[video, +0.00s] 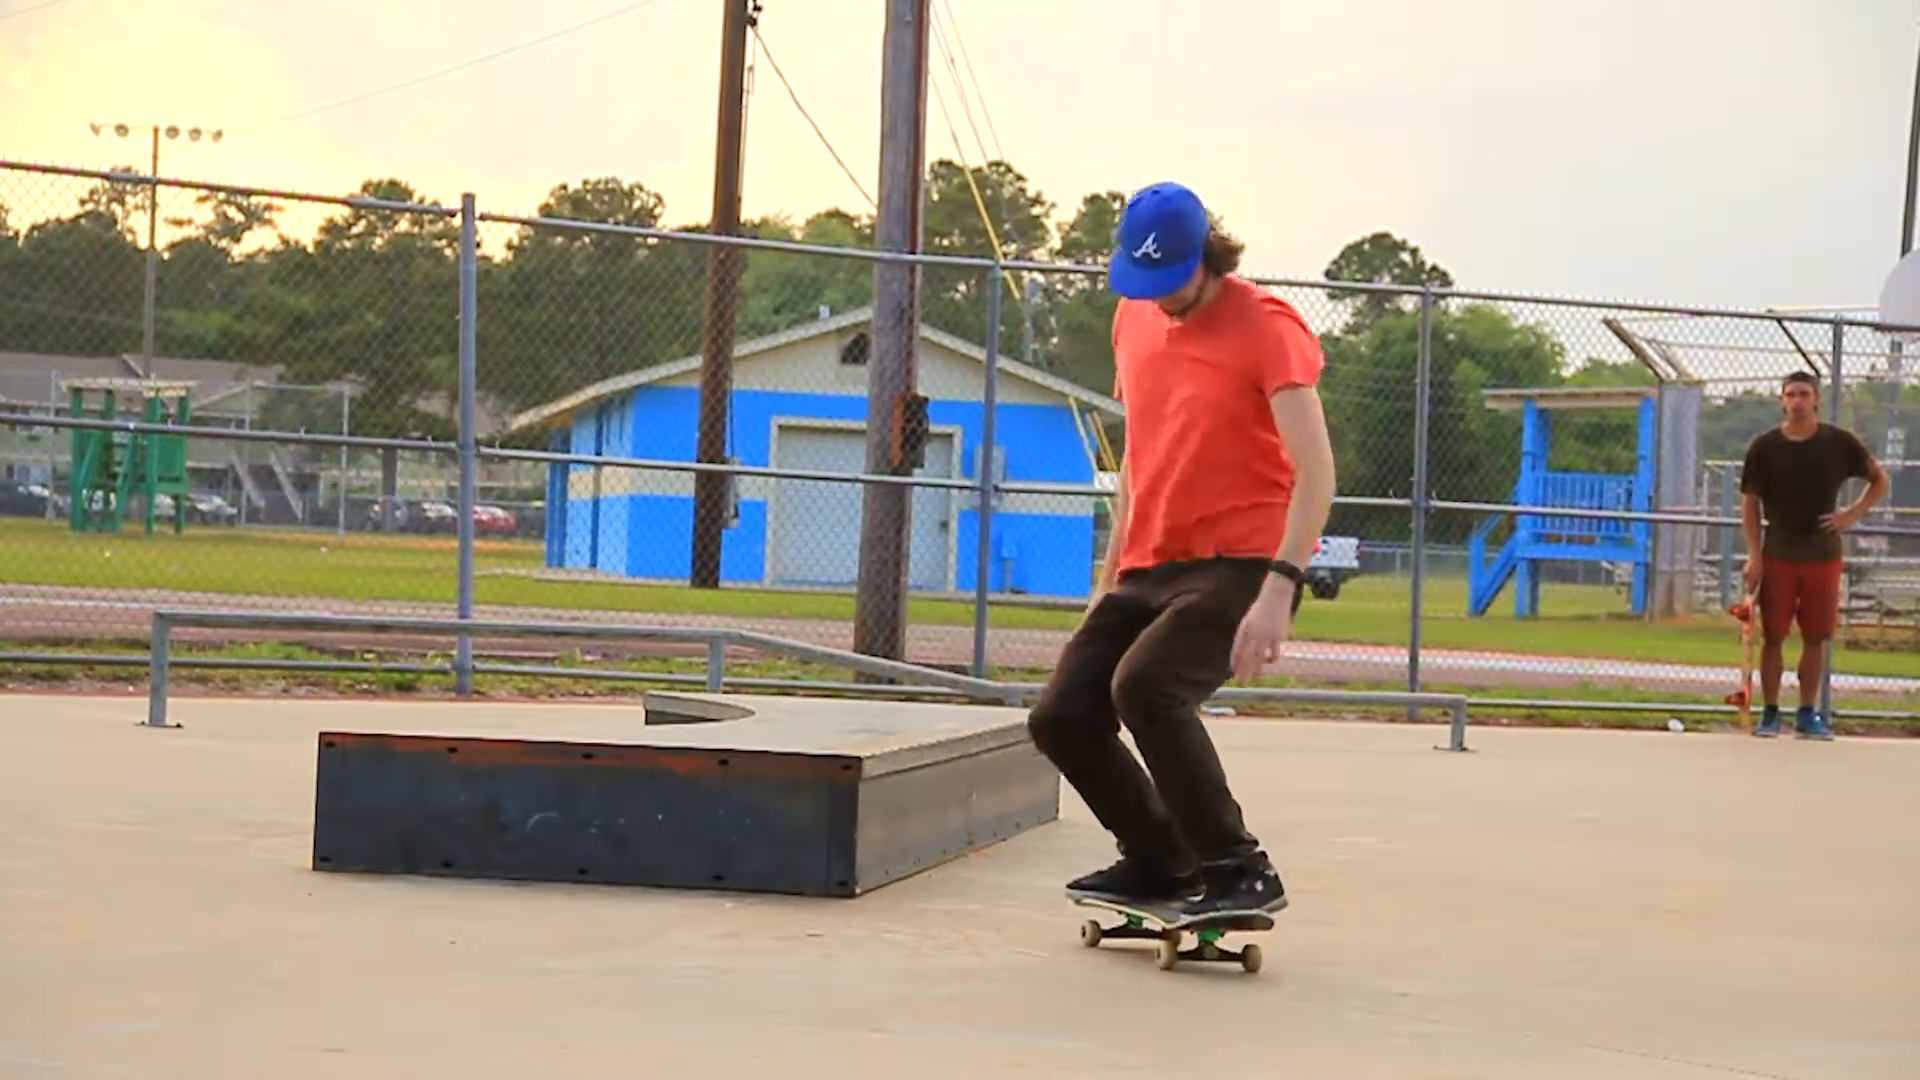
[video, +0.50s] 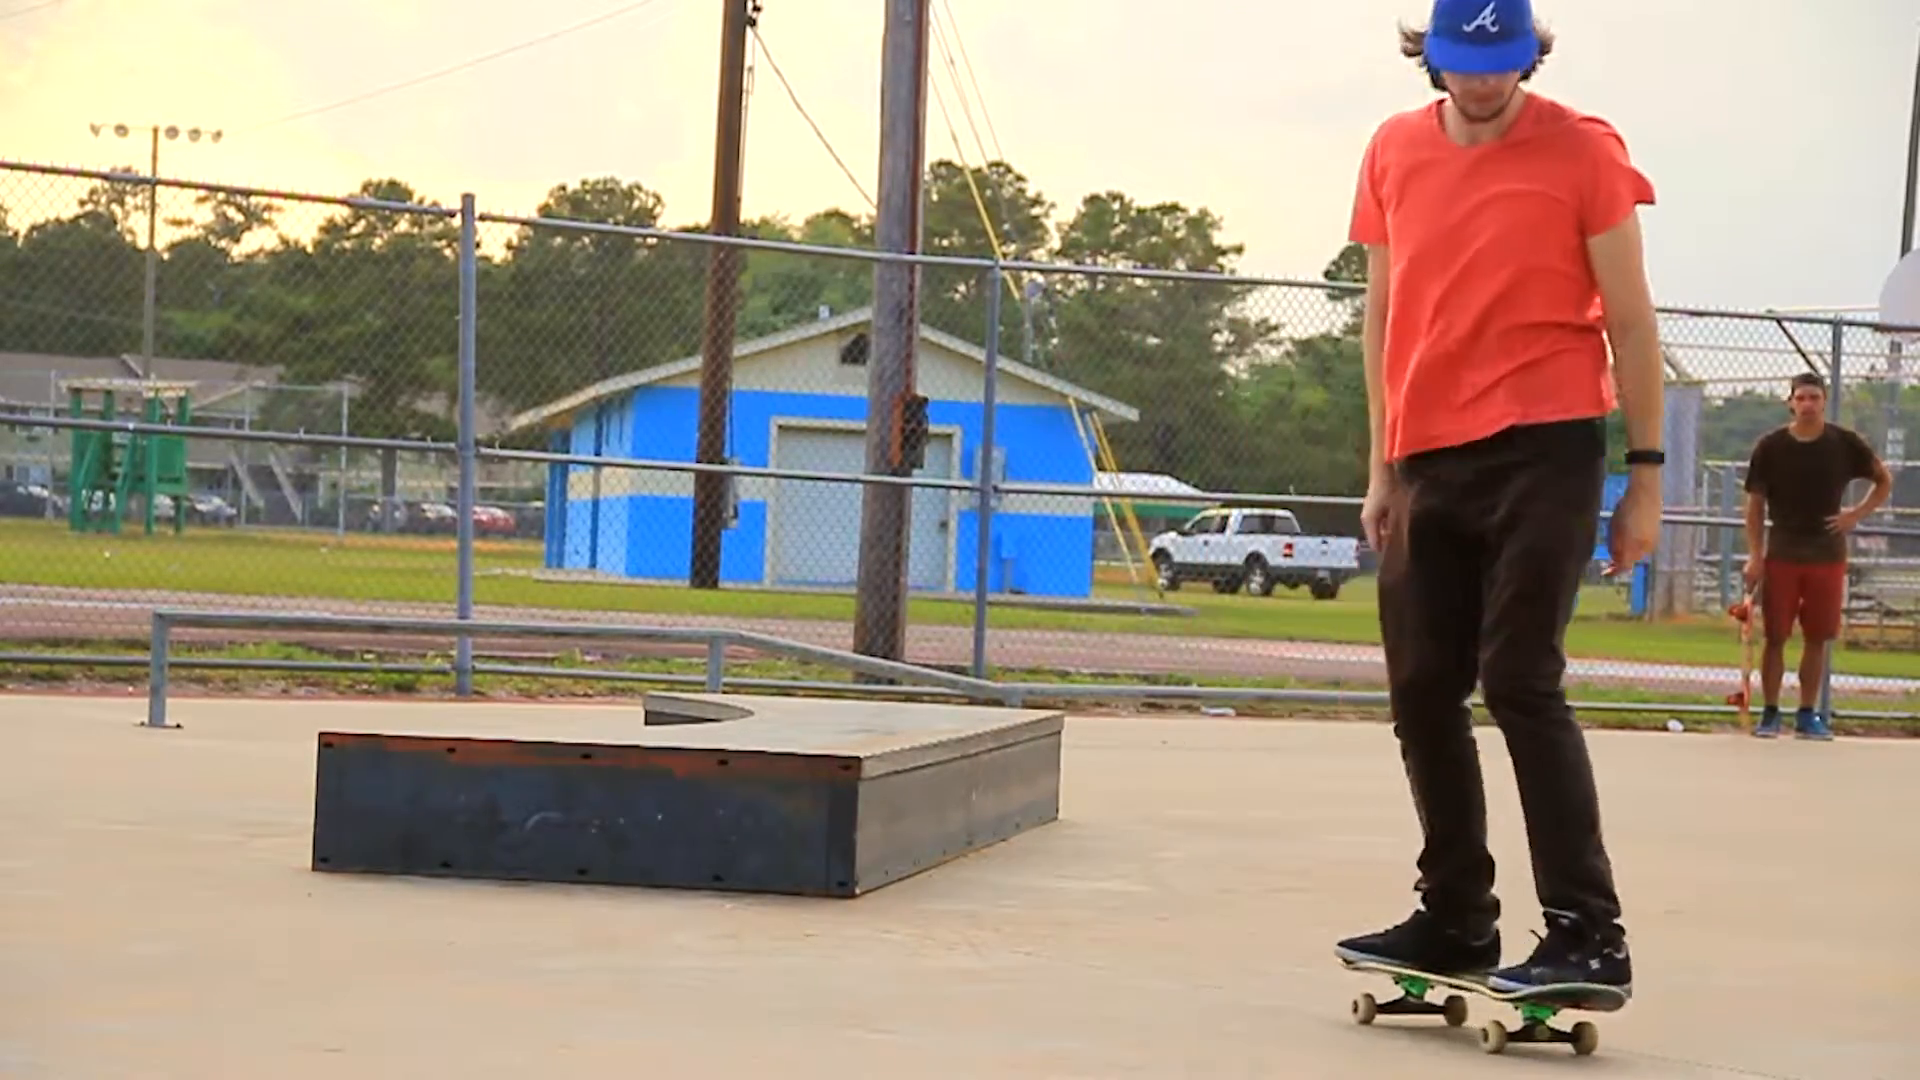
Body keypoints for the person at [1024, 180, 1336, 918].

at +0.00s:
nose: (1166, 302)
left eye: (1176, 286)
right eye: (1152, 289)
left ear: (1211, 258)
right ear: (1134, 267)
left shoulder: (1268, 328)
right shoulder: (1132, 318)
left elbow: (1316, 470)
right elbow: (1137, 454)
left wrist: (1281, 586)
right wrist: (1116, 566)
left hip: (1239, 570)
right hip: (1149, 571)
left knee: (1146, 686)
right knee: (1061, 720)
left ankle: (1237, 869)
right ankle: (1160, 864)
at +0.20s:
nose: (1269, 238)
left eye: (1284, 222)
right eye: (1254, 224)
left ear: (1320, 196)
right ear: (1235, 203)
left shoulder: (1382, 274)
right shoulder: (1219, 268)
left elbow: (1425, 424)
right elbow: (1213, 416)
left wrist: (1437, 566)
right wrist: (1211, 546)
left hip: (1358, 521)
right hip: (1252, 531)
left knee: (1280, 676)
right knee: (1190, 716)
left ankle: (1354, 892)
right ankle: (1276, 883)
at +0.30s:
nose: (1334, 188)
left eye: (1351, 172)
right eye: (1318, 173)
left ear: (1384, 148)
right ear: (1293, 153)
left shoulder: (1441, 228)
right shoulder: (1270, 227)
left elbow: (1489, 385)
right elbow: (1266, 380)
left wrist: (1507, 523)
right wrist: (1270, 511)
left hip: (1418, 488)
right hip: (1308, 501)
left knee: (1350, 677)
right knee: (1264, 701)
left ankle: (1430, 906)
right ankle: (1338, 893)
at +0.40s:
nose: (1404, 138)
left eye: (1422, 122)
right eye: (1386, 120)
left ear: (1454, 103)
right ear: (1358, 100)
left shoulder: (1508, 186)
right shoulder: (1331, 184)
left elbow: (1557, 348)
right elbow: (1323, 349)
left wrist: (1573, 497)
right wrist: (1325, 488)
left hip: (1479, 462)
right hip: (1366, 474)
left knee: (1427, 679)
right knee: (1343, 697)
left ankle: (1514, 922)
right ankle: (1398, 905)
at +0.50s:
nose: (1481, 93)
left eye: (1500, 75)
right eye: (1462, 75)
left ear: (1531, 56)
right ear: (1432, 58)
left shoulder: (1582, 148)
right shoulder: (1396, 148)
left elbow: (1632, 316)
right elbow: (1379, 320)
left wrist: (1647, 471)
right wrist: (1382, 465)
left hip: (1546, 451)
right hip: (1428, 461)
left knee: (1520, 682)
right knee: (1422, 695)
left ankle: (1587, 934)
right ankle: (1457, 918)